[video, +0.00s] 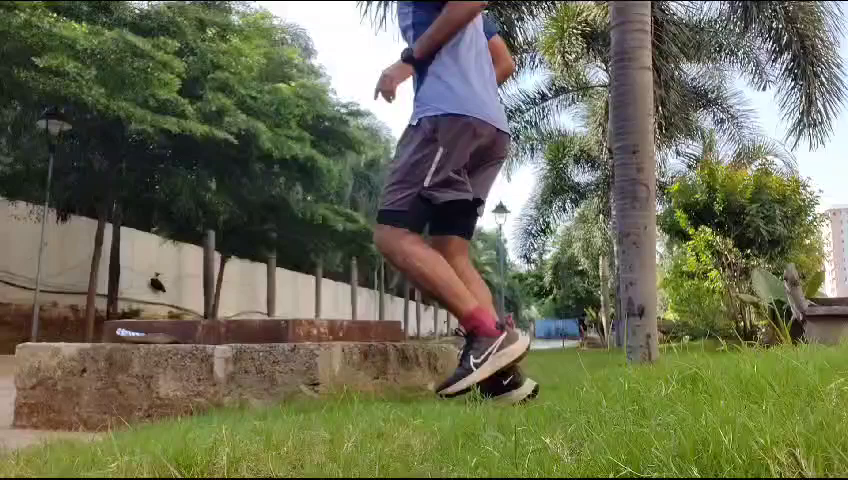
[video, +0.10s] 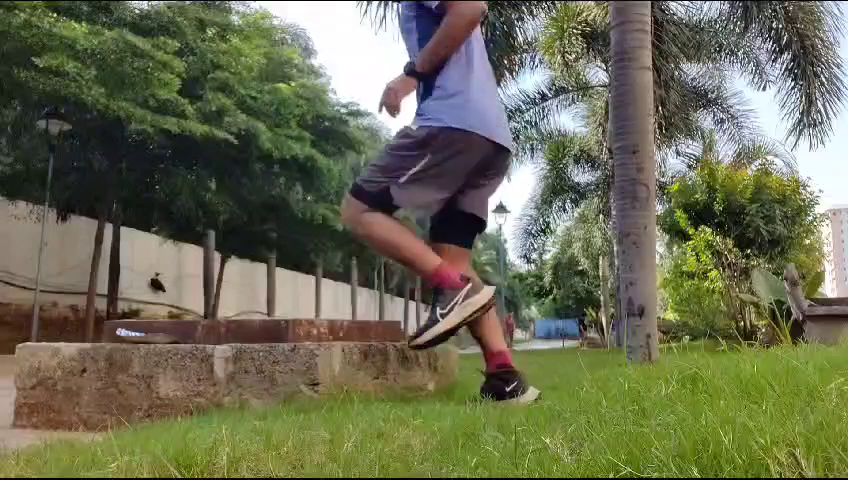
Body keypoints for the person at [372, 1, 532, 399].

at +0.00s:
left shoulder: (423, 3)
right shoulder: (468, 13)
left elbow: (470, 4)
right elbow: (504, 61)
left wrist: (409, 60)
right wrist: (453, 91)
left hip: (448, 111)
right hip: (492, 123)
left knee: (392, 235)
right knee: (451, 249)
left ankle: (487, 331)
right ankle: (504, 376)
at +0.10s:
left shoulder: (422, 4)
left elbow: (469, 9)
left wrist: (412, 74)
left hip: (452, 120)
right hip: (496, 134)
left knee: (358, 211)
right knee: (452, 255)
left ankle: (452, 286)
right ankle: (503, 374)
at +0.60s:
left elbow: (366, 3)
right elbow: (494, 3)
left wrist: (354, 10)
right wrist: (457, 30)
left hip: (428, 55)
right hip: (469, 66)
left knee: (393, 180)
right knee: (423, 190)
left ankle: (454, 299)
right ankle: (425, 305)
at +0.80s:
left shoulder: (413, 0)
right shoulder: (475, 3)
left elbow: (416, 5)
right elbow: (518, 20)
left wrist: (382, 29)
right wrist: (476, 61)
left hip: (446, 105)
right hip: (486, 110)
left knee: (451, 242)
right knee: (390, 196)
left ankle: (499, 374)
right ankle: (448, 290)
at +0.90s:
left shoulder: (412, 1)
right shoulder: (474, 6)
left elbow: (449, 4)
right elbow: (521, 36)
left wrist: (398, 63)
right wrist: (480, 94)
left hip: (446, 121)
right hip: (482, 124)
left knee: (458, 258)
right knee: (394, 225)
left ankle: (510, 383)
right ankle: (476, 310)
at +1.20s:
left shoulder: (416, 5)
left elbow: (465, 3)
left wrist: (407, 59)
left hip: (440, 103)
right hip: (483, 119)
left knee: (342, 184)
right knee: (452, 248)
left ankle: (409, 277)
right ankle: (490, 371)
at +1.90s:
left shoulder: (415, 5)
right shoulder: (470, 6)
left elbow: (430, 4)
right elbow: (514, 37)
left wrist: (390, 39)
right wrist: (480, 93)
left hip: (447, 122)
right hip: (480, 124)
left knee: (448, 256)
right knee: (382, 220)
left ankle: (502, 380)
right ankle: (469, 299)